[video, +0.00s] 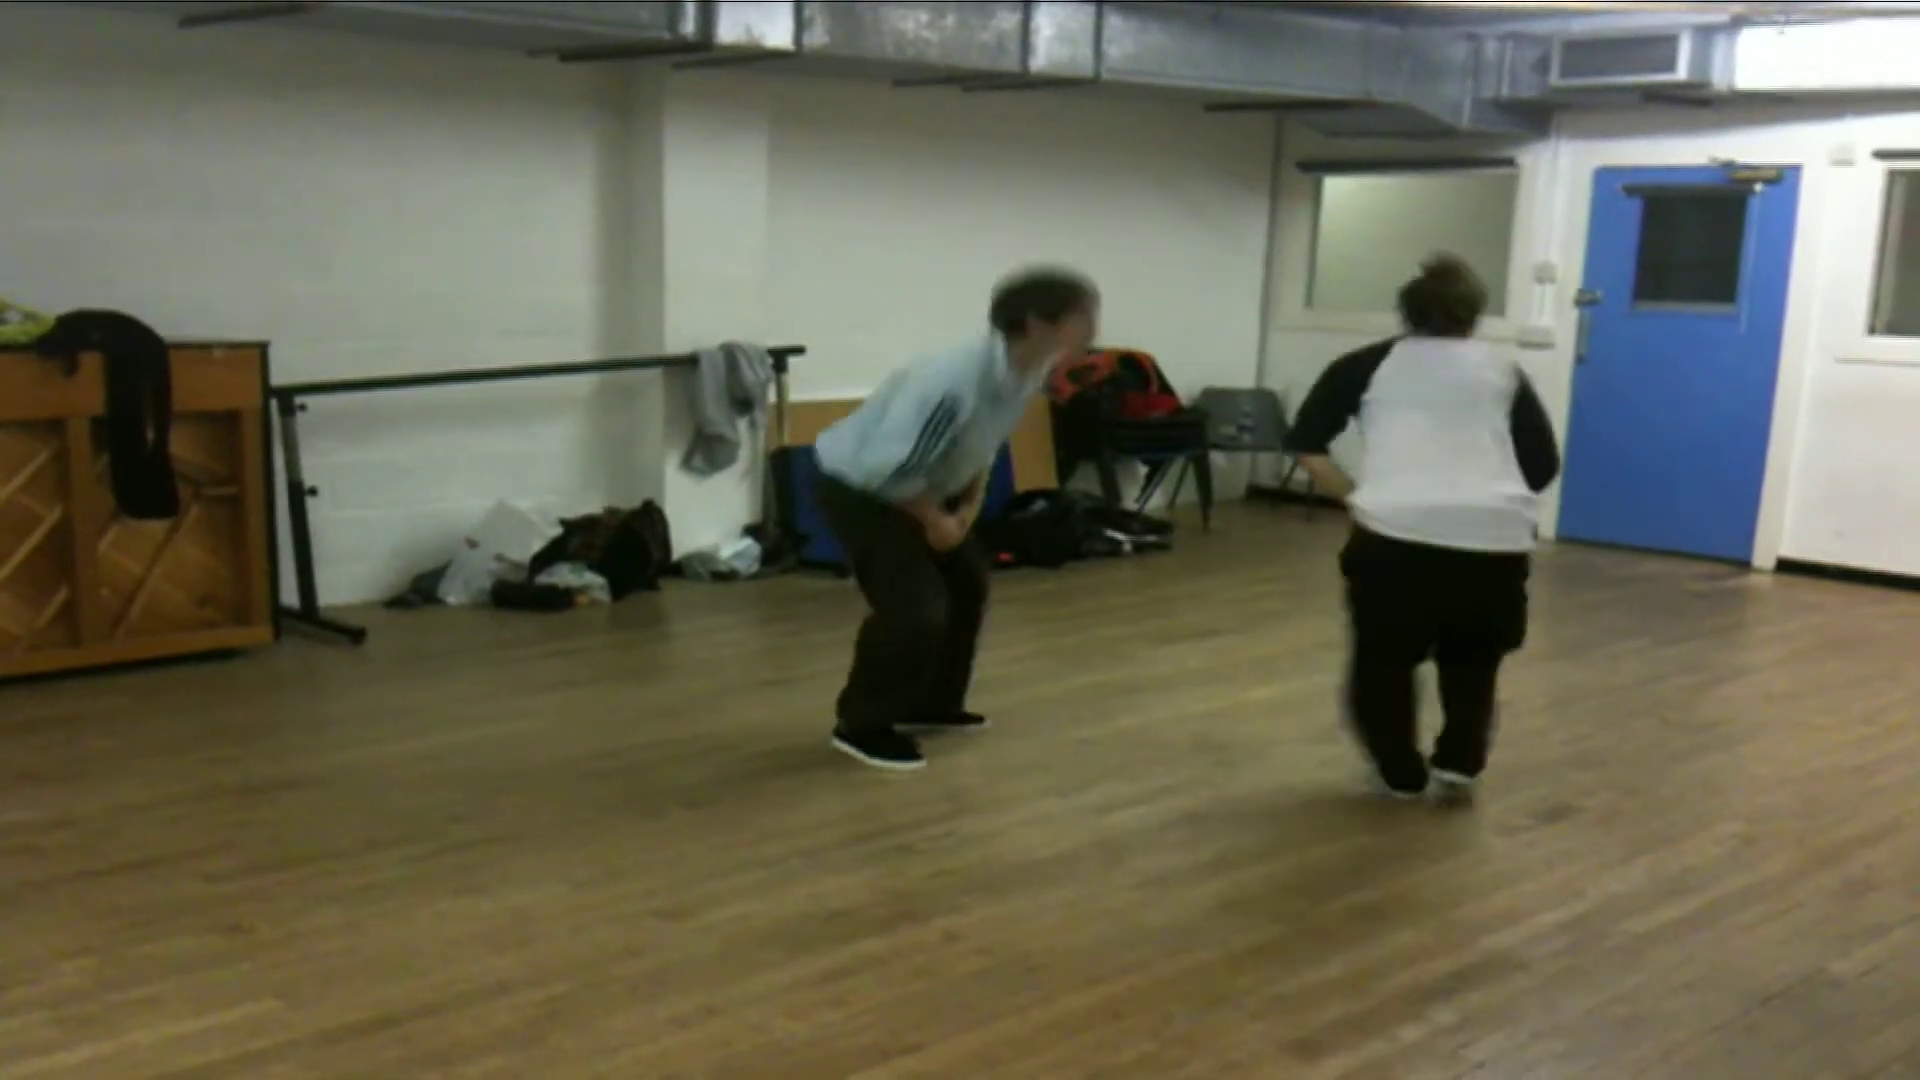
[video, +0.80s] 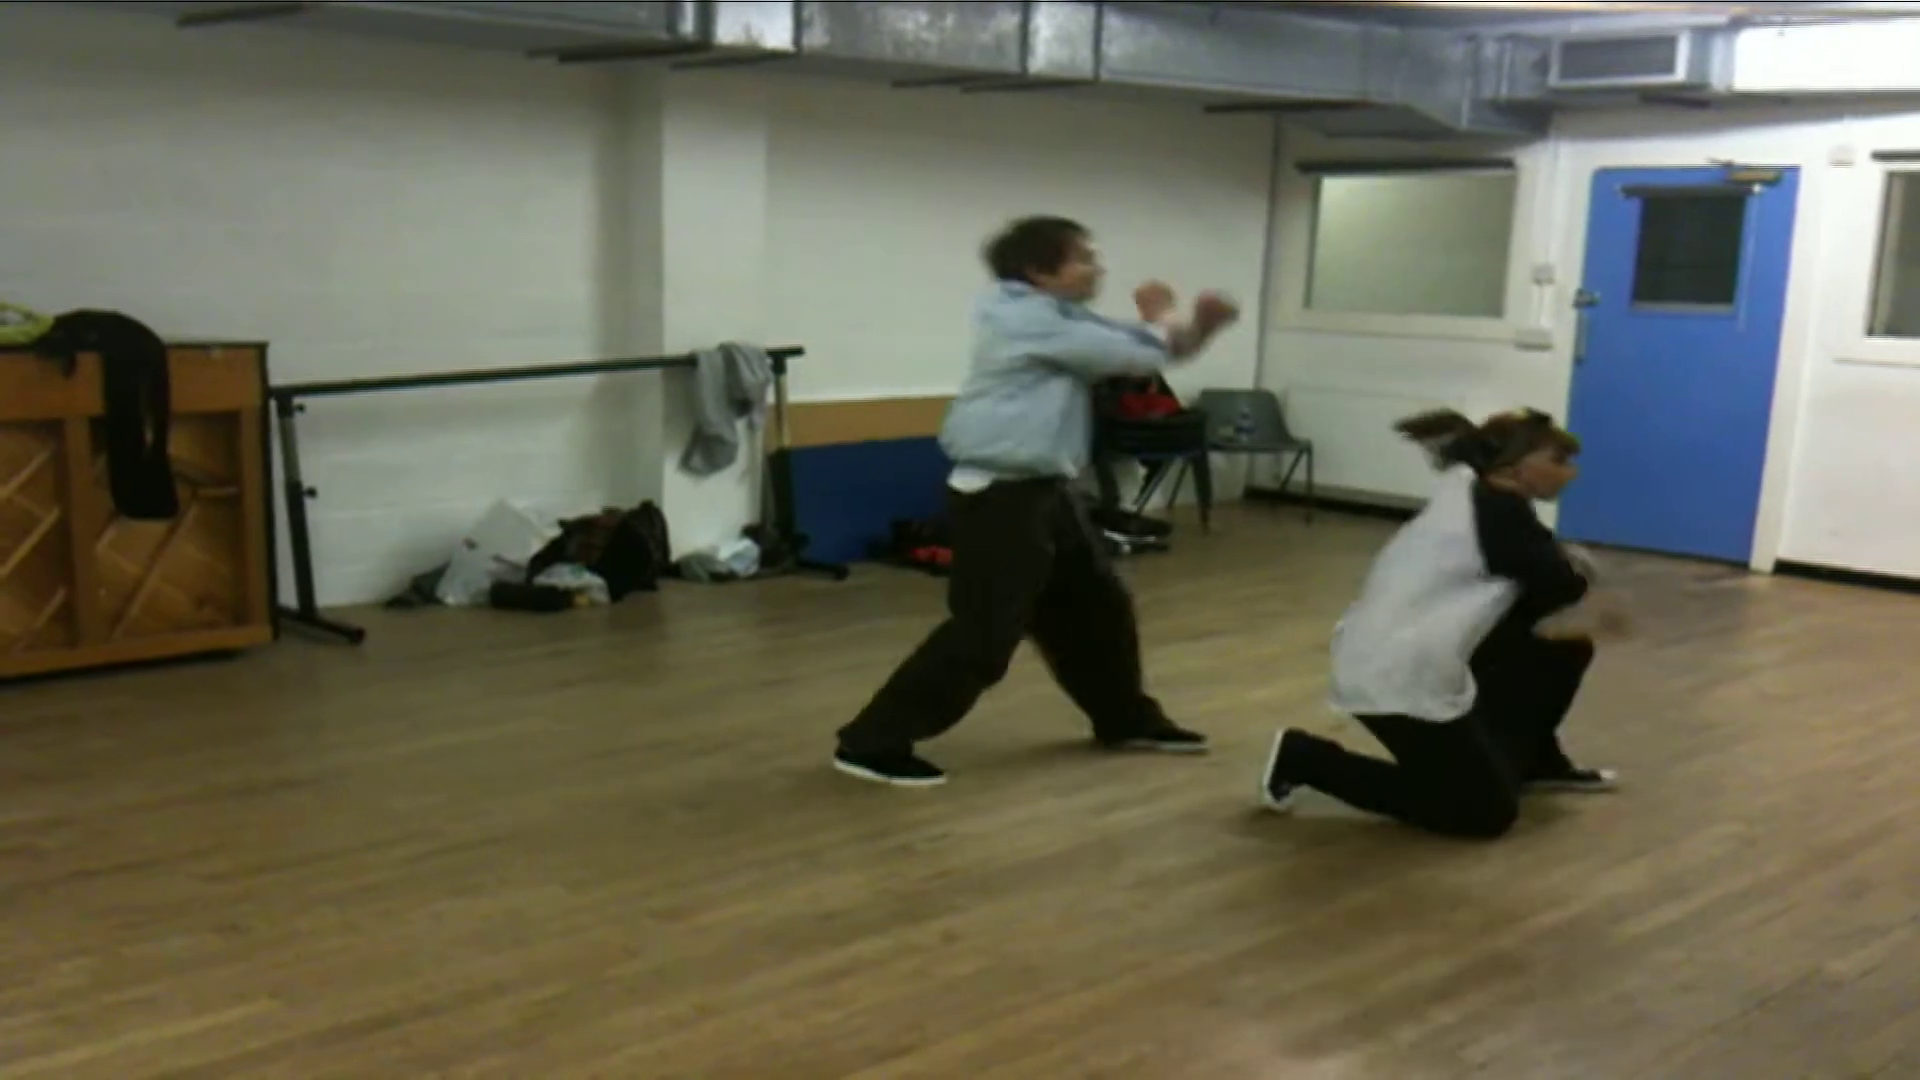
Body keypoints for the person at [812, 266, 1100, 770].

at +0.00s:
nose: (1088, 336)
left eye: (1088, 323)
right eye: (1080, 322)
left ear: (1038, 325)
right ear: (1036, 325)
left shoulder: (1025, 374)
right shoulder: (955, 379)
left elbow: (982, 447)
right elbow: (884, 472)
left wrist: (968, 506)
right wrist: (931, 517)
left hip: (912, 484)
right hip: (852, 480)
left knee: (965, 580)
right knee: (913, 599)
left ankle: (935, 701)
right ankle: (861, 722)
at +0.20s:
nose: (1064, 259)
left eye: (1056, 250)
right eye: (1049, 255)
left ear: (1021, 281)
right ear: (1015, 279)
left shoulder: (1018, 337)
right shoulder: (967, 338)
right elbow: (889, 417)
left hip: (940, 494)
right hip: (896, 490)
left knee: (946, 596)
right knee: (896, 606)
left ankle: (897, 701)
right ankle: (857, 720)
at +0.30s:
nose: (1038, 226)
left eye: (1030, 217)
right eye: (1023, 220)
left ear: (994, 243)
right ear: (990, 242)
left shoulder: (1007, 301)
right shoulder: (965, 303)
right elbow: (880, 356)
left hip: (962, 474)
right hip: (915, 474)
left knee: (968, 586)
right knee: (916, 596)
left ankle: (916, 693)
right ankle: (857, 713)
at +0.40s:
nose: (1016, 219)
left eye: (1008, 209)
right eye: (1000, 212)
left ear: (971, 238)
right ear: (964, 236)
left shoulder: (992, 288)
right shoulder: (945, 292)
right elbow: (908, 313)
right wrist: (867, 313)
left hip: (987, 459)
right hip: (944, 468)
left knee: (1046, 527)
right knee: (937, 607)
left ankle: (964, 617)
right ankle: (848, 720)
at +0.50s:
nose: (1002, 250)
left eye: (998, 242)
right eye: (988, 244)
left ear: (987, 259)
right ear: (942, 264)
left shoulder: (990, 305)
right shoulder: (918, 331)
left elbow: (1012, 258)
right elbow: (926, 331)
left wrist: (1035, 210)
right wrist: (938, 296)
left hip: (1014, 470)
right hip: (958, 490)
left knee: (1107, 489)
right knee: (968, 622)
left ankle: (1036, 581)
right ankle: (871, 739)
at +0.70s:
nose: (1039, 258)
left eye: (1036, 248)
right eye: (1026, 249)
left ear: (996, 263)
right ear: (981, 264)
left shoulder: (1028, 308)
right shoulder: (949, 326)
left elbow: (1109, 306)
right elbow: (1042, 347)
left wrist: (1178, 262)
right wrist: (1110, 295)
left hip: (1037, 489)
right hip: (980, 497)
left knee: (1110, 583)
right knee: (974, 630)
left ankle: (1098, 684)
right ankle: (869, 740)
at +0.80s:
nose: (1095, 269)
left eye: (1092, 258)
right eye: (1083, 259)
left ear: (1042, 272)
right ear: (1041, 271)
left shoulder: (1047, 316)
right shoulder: (1025, 317)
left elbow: (1124, 350)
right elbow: (1122, 355)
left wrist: (1188, 331)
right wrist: (1155, 327)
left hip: (1041, 493)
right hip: (996, 497)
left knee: (1093, 610)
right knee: (981, 637)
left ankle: (1125, 721)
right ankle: (872, 741)